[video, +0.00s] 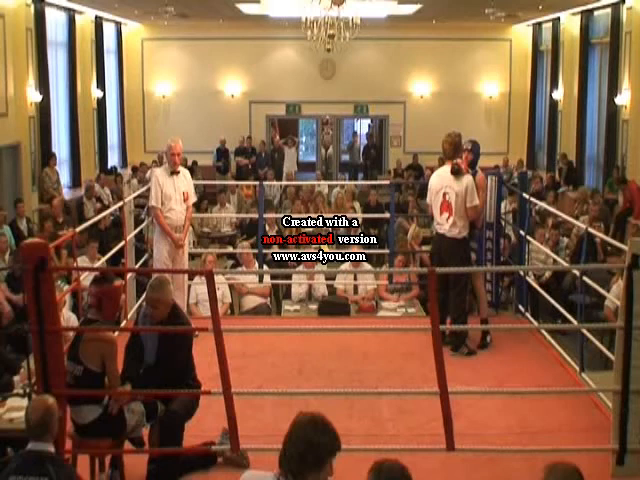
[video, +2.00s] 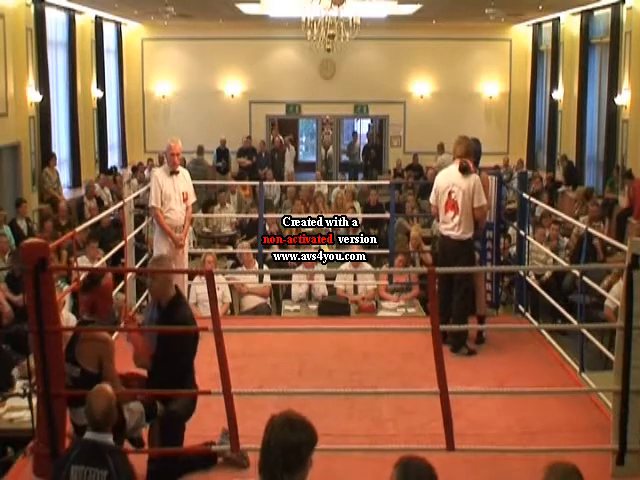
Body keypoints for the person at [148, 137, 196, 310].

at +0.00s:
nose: (176, 159)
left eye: (179, 155)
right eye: (172, 155)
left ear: (182, 155)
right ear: (166, 156)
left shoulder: (185, 174)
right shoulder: (157, 174)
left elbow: (190, 204)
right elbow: (154, 208)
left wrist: (184, 233)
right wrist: (172, 234)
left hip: (182, 227)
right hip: (164, 227)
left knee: (181, 270)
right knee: (162, 269)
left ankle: (181, 310)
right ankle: (162, 310)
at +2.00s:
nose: (176, 159)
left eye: (178, 155)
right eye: (172, 155)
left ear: (181, 155)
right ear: (165, 156)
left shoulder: (184, 173)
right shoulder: (158, 174)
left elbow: (189, 205)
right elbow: (154, 208)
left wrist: (184, 233)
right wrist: (172, 235)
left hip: (182, 226)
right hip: (164, 225)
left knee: (182, 267)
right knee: (163, 266)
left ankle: (181, 301)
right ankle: (162, 304)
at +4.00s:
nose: (176, 158)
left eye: (178, 154)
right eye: (172, 154)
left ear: (182, 155)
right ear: (166, 155)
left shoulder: (185, 173)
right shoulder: (158, 175)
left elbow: (189, 204)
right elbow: (155, 208)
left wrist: (184, 233)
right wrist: (172, 234)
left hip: (182, 226)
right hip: (164, 226)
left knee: (181, 269)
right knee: (163, 267)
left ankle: (181, 303)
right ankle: (162, 305)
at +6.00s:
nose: (181, 158)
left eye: (182, 154)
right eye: (177, 154)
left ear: (184, 156)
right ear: (168, 156)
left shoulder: (185, 173)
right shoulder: (158, 174)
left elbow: (189, 203)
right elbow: (163, 206)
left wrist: (185, 237)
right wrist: (185, 217)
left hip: (182, 228)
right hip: (165, 228)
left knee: (181, 268)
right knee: (164, 267)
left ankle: (181, 306)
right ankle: (163, 307)